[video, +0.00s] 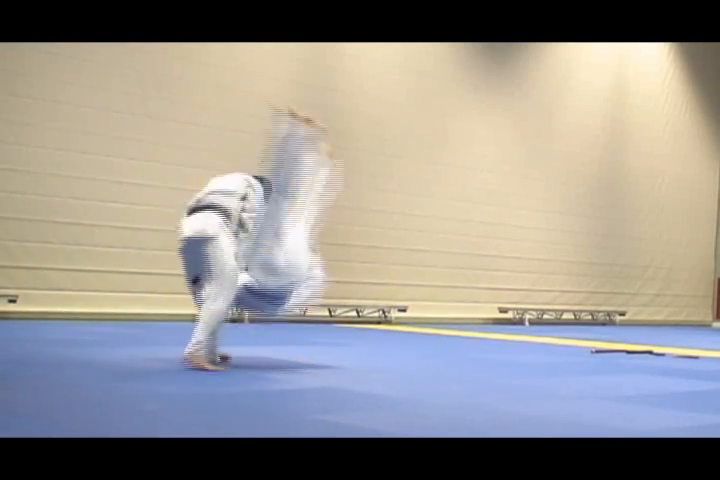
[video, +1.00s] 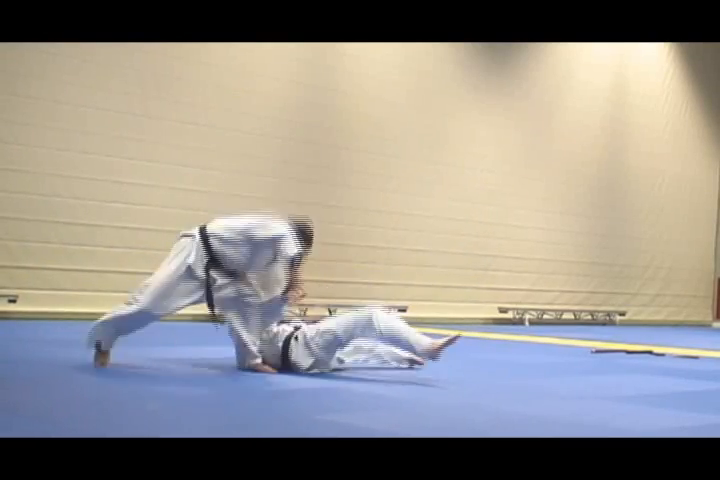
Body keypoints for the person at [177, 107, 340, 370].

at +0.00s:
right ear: (262, 187)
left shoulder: (220, 184)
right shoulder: (257, 186)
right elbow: (250, 227)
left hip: (189, 226)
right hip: (212, 226)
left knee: (207, 289)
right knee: (225, 286)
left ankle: (208, 352)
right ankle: (196, 350)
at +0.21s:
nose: (269, 245)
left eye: (273, 243)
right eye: (272, 240)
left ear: (265, 228)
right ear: (266, 229)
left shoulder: (244, 233)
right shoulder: (239, 228)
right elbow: (212, 255)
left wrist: (223, 273)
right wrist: (217, 275)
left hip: (175, 251)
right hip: (179, 252)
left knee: (195, 305)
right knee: (217, 304)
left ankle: (199, 353)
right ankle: (192, 358)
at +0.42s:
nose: (275, 234)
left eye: (279, 230)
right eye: (278, 227)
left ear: (270, 215)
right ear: (272, 218)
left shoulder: (248, 216)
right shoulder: (249, 220)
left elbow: (230, 267)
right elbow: (230, 261)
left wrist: (241, 301)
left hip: (178, 247)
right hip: (186, 248)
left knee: (192, 307)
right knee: (225, 305)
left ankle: (197, 353)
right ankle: (194, 357)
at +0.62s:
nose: (278, 192)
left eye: (282, 188)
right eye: (279, 186)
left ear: (266, 174)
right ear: (270, 177)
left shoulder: (241, 182)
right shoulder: (249, 193)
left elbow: (243, 230)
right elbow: (246, 239)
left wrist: (255, 250)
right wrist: (256, 256)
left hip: (195, 240)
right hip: (206, 245)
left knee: (207, 308)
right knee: (229, 312)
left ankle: (178, 343)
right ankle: (195, 358)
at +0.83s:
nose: (295, 207)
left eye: (299, 204)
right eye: (295, 201)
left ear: (284, 193)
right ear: (286, 192)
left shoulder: (270, 214)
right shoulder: (261, 187)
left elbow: (274, 248)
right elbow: (287, 210)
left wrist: (285, 277)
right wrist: (309, 235)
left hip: (226, 246)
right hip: (199, 232)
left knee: (238, 297)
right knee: (195, 293)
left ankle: (246, 354)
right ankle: (157, 347)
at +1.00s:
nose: (296, 255)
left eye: (299, 253)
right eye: (299, 251)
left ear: (296, 238)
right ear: (299, 238)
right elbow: (291, 257)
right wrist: (293, 287)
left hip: (221, 273)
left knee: (248, 303)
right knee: (149, 307)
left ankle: (250, 359)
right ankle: (104, 338)